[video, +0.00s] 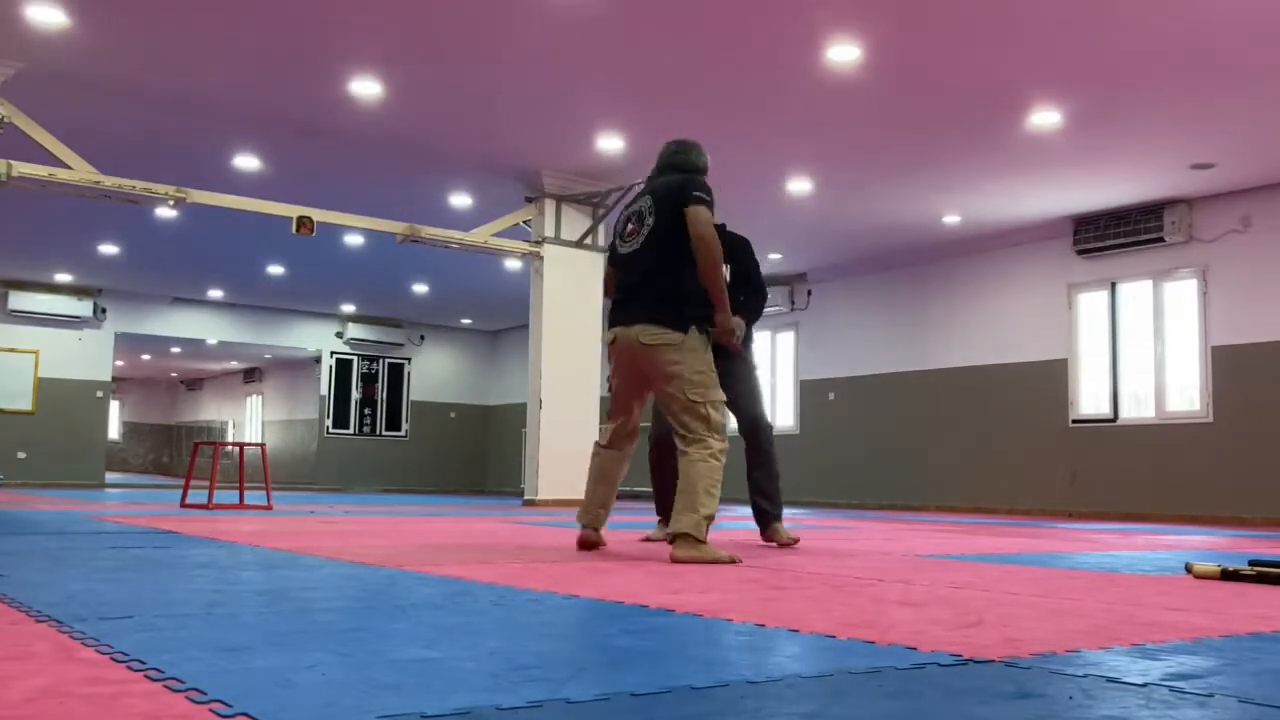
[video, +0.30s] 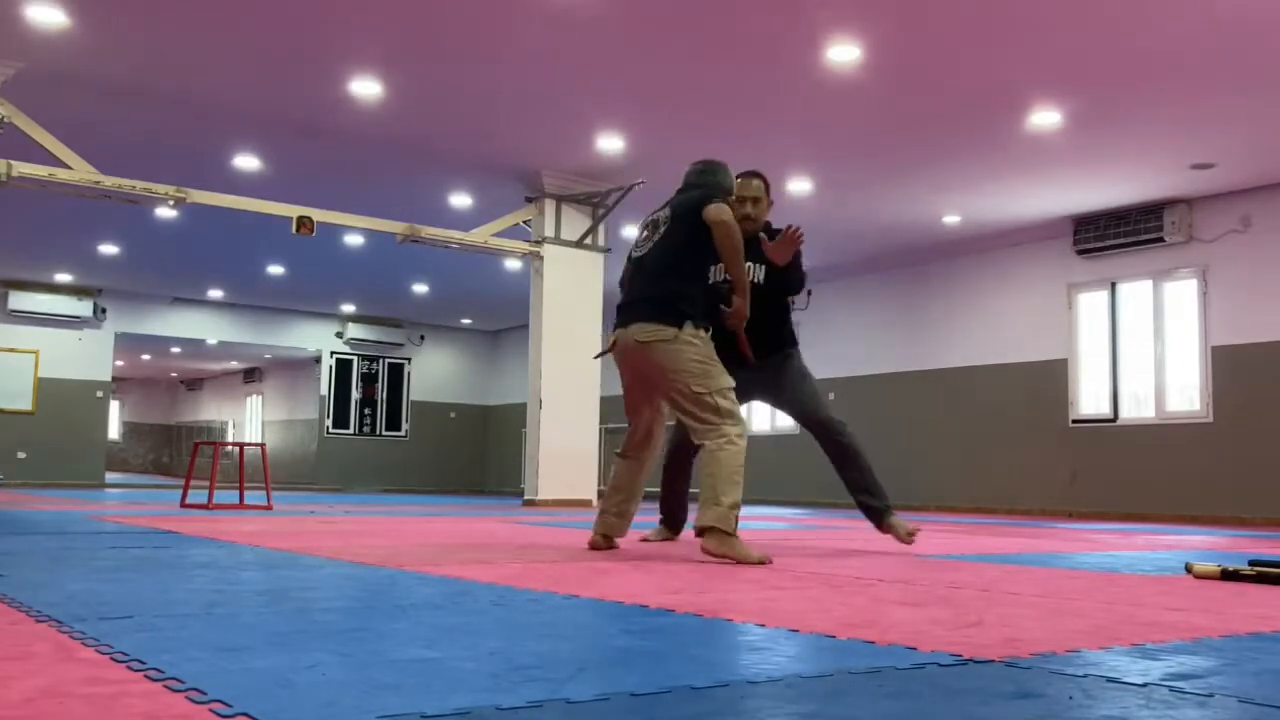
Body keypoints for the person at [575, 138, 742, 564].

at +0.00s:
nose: (706, 177)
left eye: (702, 171)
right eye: (705, 171)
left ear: (660, 166)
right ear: (700, 169)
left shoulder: (632, 206)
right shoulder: (692, 184)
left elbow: (610, 281)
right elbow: (702, 232)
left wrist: (655, 300)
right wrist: (723, 310)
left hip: (623, 332)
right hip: (672, 331)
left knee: (620, 427)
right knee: (705, 434)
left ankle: (590, 524)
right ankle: (689, 539)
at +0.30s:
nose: (731, 200)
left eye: (730, 193)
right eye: (732, 193)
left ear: (689, 181)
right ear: (723, 188)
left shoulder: (658, 216)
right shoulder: (709, 195)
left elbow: (631, 281)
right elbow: (721, 220)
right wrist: (741, 292)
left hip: (627, 334)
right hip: (670, 332)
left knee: (644, 431)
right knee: (725, 428)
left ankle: (606, 529)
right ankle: (719, 531)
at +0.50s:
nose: (768, 170)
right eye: (768, 164)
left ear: (718, 159)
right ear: (762, 163)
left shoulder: (680, 200)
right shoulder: (761, 192)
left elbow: (647, 263)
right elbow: (797, 271)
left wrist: (680, 295)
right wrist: (810, 318)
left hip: (666, 325)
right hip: (715, 325)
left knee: (660, 429)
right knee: (760, 431)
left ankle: (614, 523)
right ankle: (770, 540)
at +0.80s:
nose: (764, 194)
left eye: (767, 187)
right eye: (767, 184)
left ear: (732, 163)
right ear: (758, 174)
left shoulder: (722, 219)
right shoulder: (717, 176)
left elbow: (729, 297)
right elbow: (704, 179)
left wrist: (788, 308)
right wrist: (721, 253)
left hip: (642, 319)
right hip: (680, 320)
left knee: (656, 433)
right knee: (737, 421)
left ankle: (613, 524)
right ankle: (699, 523)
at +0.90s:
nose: (771, 216)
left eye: (774, 208)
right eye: (772, 206)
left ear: (748, 198)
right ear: (760, 198)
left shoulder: (728, 251)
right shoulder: (718, 198)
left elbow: (738, 319)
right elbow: (669, 185)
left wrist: (782, 360)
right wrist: (703, 242)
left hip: (636, 338)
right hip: (657, 338)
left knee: (663, 425)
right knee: (702, 436)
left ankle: (613, 502)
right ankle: (644, 537)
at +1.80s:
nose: (611, 193)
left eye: (617, 186)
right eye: (603, 184)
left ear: (622, 190)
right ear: (579, 183)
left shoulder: (624, 237)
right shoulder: (546, 222)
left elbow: (629, 297)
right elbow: (512, 268)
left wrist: (622, 342)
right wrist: (528, 299)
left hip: (606, 352)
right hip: (553, 355)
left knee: (645, 429)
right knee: (535, 440)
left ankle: (652, 520)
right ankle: (522, 524)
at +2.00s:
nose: (628, 198)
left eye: (633, 191)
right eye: (620, 189)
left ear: (636, 193)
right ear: (596, 186)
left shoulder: (637, 241)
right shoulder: (559, 223)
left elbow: (650, 304)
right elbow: (521, 272)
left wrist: (647, 294)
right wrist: (549, 299)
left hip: (614, 355)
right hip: (560, 356)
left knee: (646, 432)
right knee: (538, 441)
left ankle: (655, 528)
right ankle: (521, 526)